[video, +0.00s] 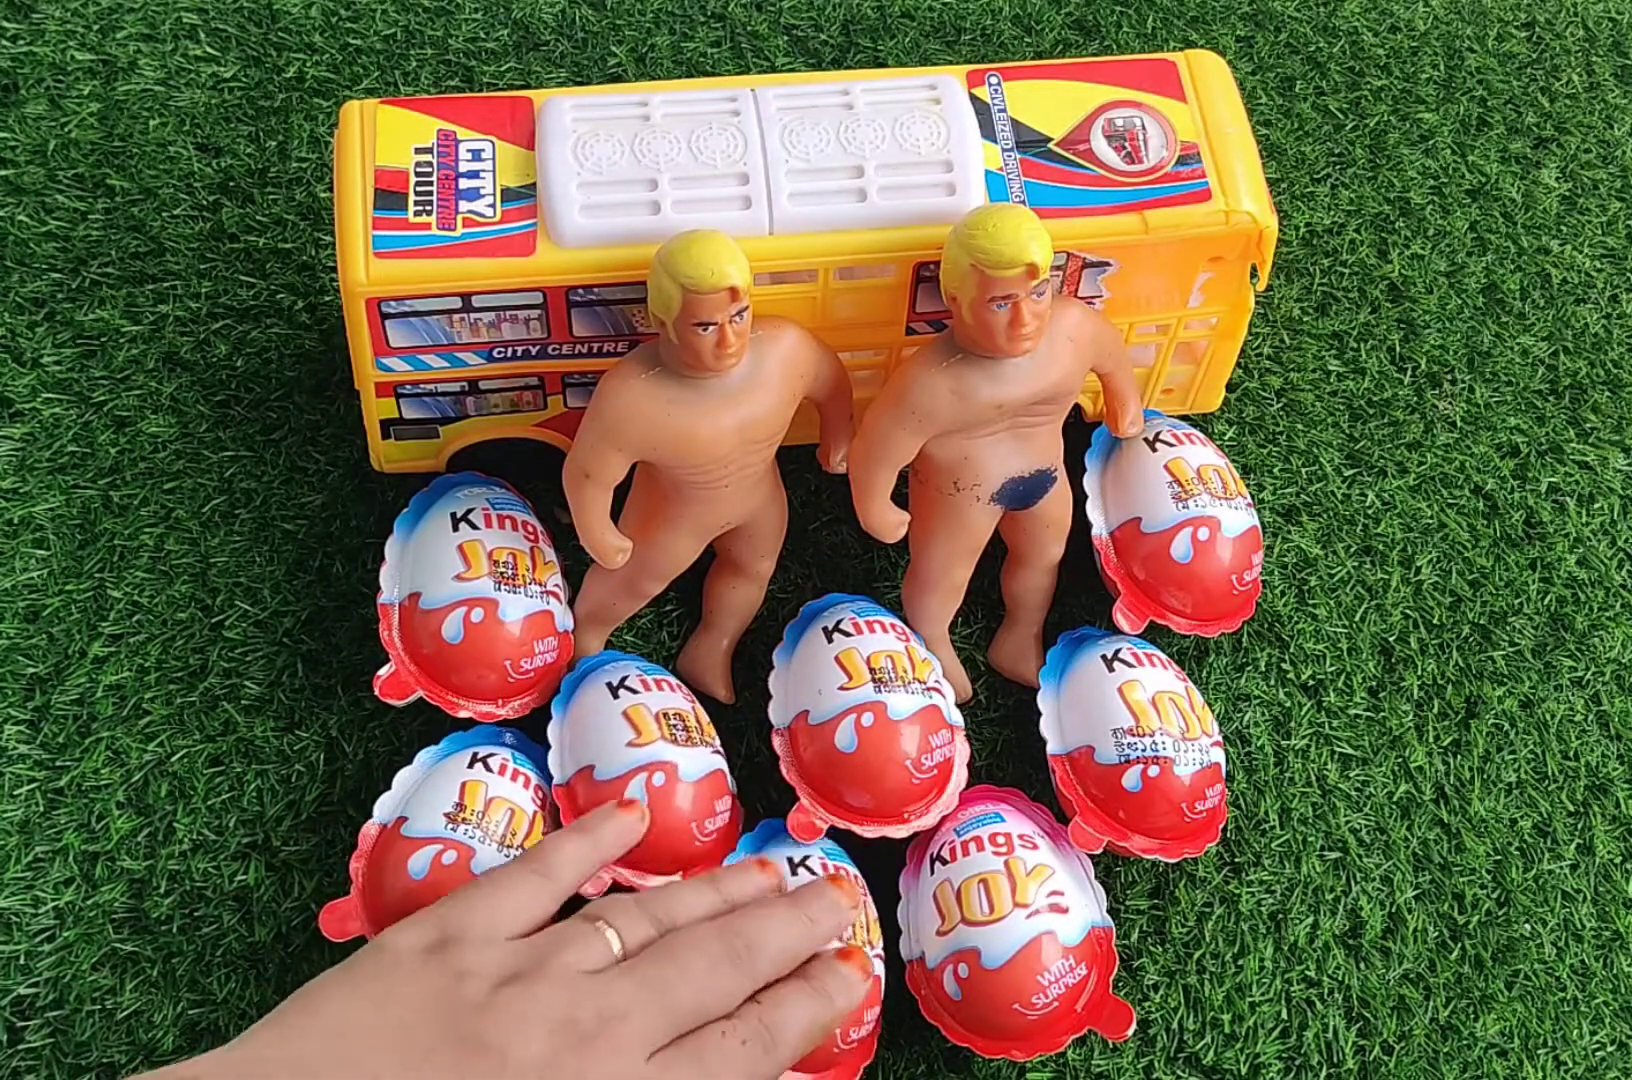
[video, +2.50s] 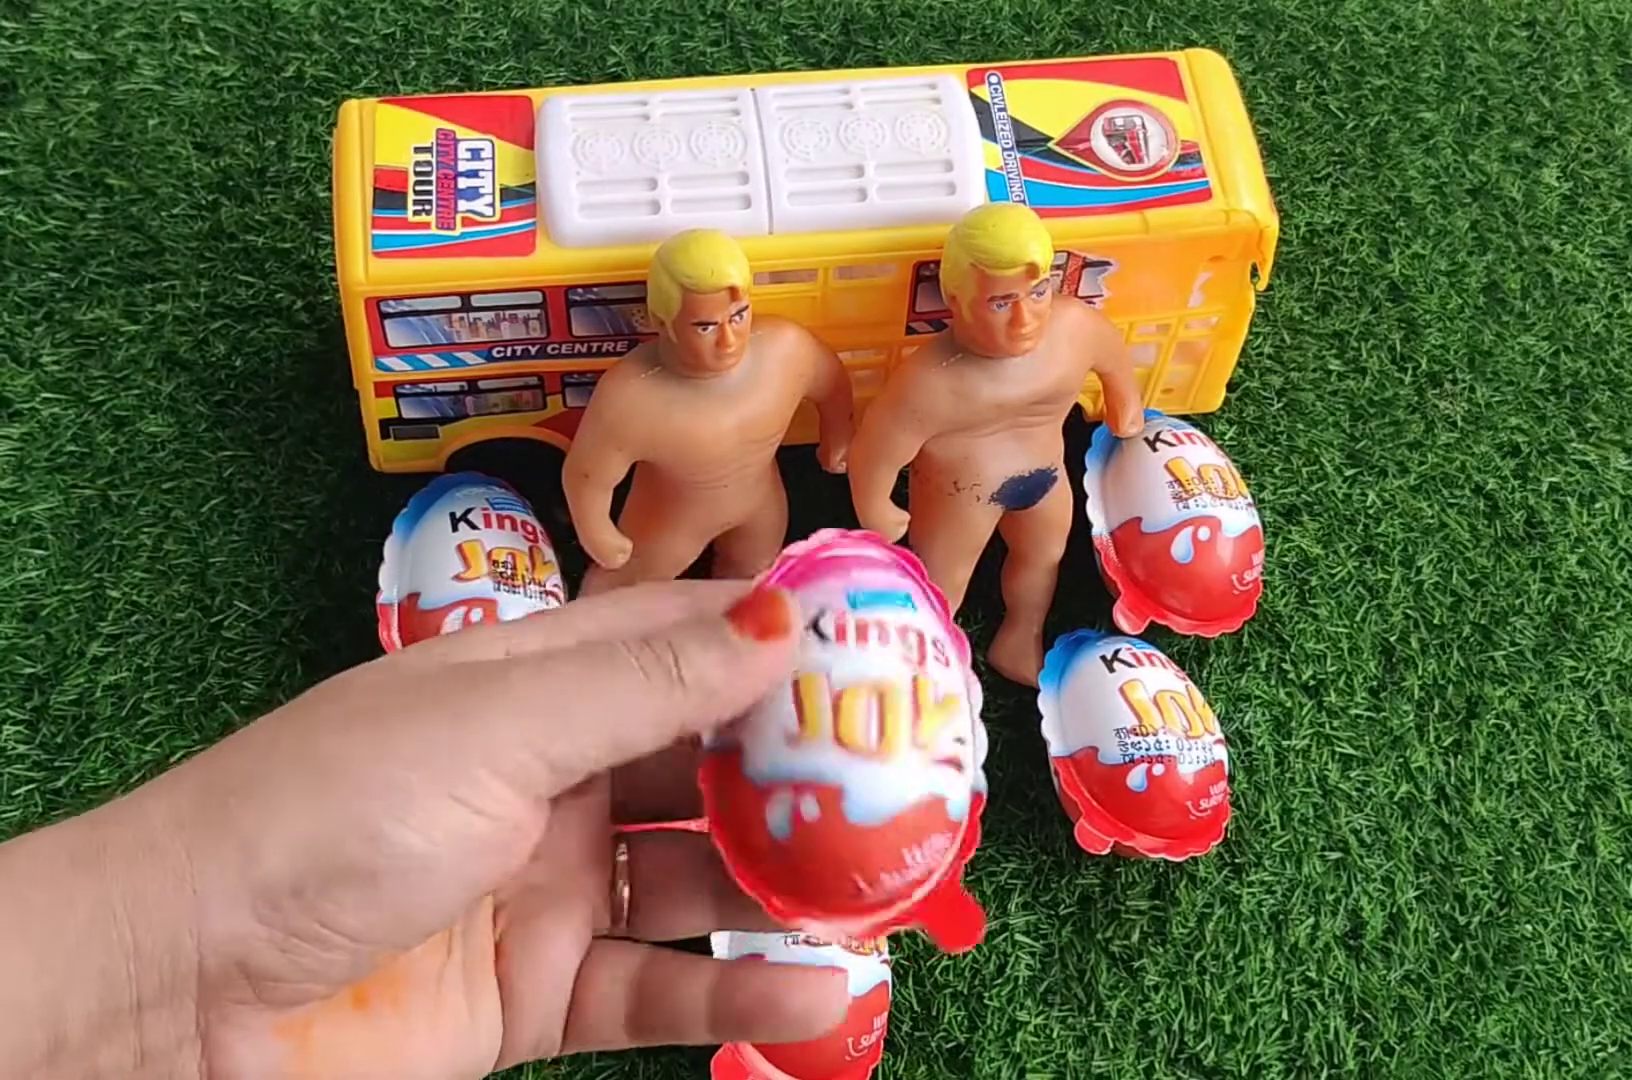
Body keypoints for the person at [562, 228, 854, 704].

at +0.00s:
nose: (728, 339)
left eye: (739, 316)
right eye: (705, 326)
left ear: (751, 301)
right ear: (661, 324)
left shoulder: (789, 349)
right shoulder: (629, 397)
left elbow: (834, 386)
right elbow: (587, 475)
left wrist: (837, 439)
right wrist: (601, 538)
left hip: (759, 497)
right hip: (672, 513)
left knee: (750, 573)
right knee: (631, 585)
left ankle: (712, 650)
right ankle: (589, 629)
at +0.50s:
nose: (729, 338)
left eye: (739, 316)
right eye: (705, 326)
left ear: (750, 303)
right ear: (663, 325)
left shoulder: (789, 350)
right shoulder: (630, 395)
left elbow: (835, 390)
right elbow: (587, 476)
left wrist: (837, 442)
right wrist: (603, 542)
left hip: (761, 503)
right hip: (671, 518)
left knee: (752, 589)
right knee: (627, 590)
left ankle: (730, 643)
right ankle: (587, 637)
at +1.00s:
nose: (729, 339)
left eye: (739, 316)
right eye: (705, 326)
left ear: (751, 302)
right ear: (663, 324)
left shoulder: (790, 350)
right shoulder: (630, 395)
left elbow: (834, 388)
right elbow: (587, 476)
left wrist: (837, 437)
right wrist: (601, 541)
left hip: (759, 496)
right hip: (673, 512)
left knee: (751, 573)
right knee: (633, 585)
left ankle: (725, 651)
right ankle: (589, 633)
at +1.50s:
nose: (729, 339)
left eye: (739, 316)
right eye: (705, 326)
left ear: (751, 303)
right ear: (663, 325)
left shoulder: (789, 350)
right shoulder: (627, 396)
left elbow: (834, 388)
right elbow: (579, 485)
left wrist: (837, 437)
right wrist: (599, 538)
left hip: (758, 501)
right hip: (669, 522)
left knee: (749, 576)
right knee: (629, 589)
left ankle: (718, 651)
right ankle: (585, 642)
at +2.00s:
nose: (729, 339)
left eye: (738, 316)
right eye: (705, 326)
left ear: (750, 303)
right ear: (662, 325)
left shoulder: (787, 350)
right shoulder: (628, 398)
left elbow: (833, 386)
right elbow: (586, 478)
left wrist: (836, 442)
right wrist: (601, 542)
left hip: (758, 502)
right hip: (670, 515)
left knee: (756, 587)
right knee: (637, 597)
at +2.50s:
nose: (728, 340)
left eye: (739, 316)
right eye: (705, 326)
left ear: (750, 301)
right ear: (663, 323)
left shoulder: (788, 350)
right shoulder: (629, 397)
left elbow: (833, 387)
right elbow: (586, 477)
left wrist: (836, 440)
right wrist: (598, 537)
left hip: (758, 500)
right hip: (671, 515)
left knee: (753, 585)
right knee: (627, 590)